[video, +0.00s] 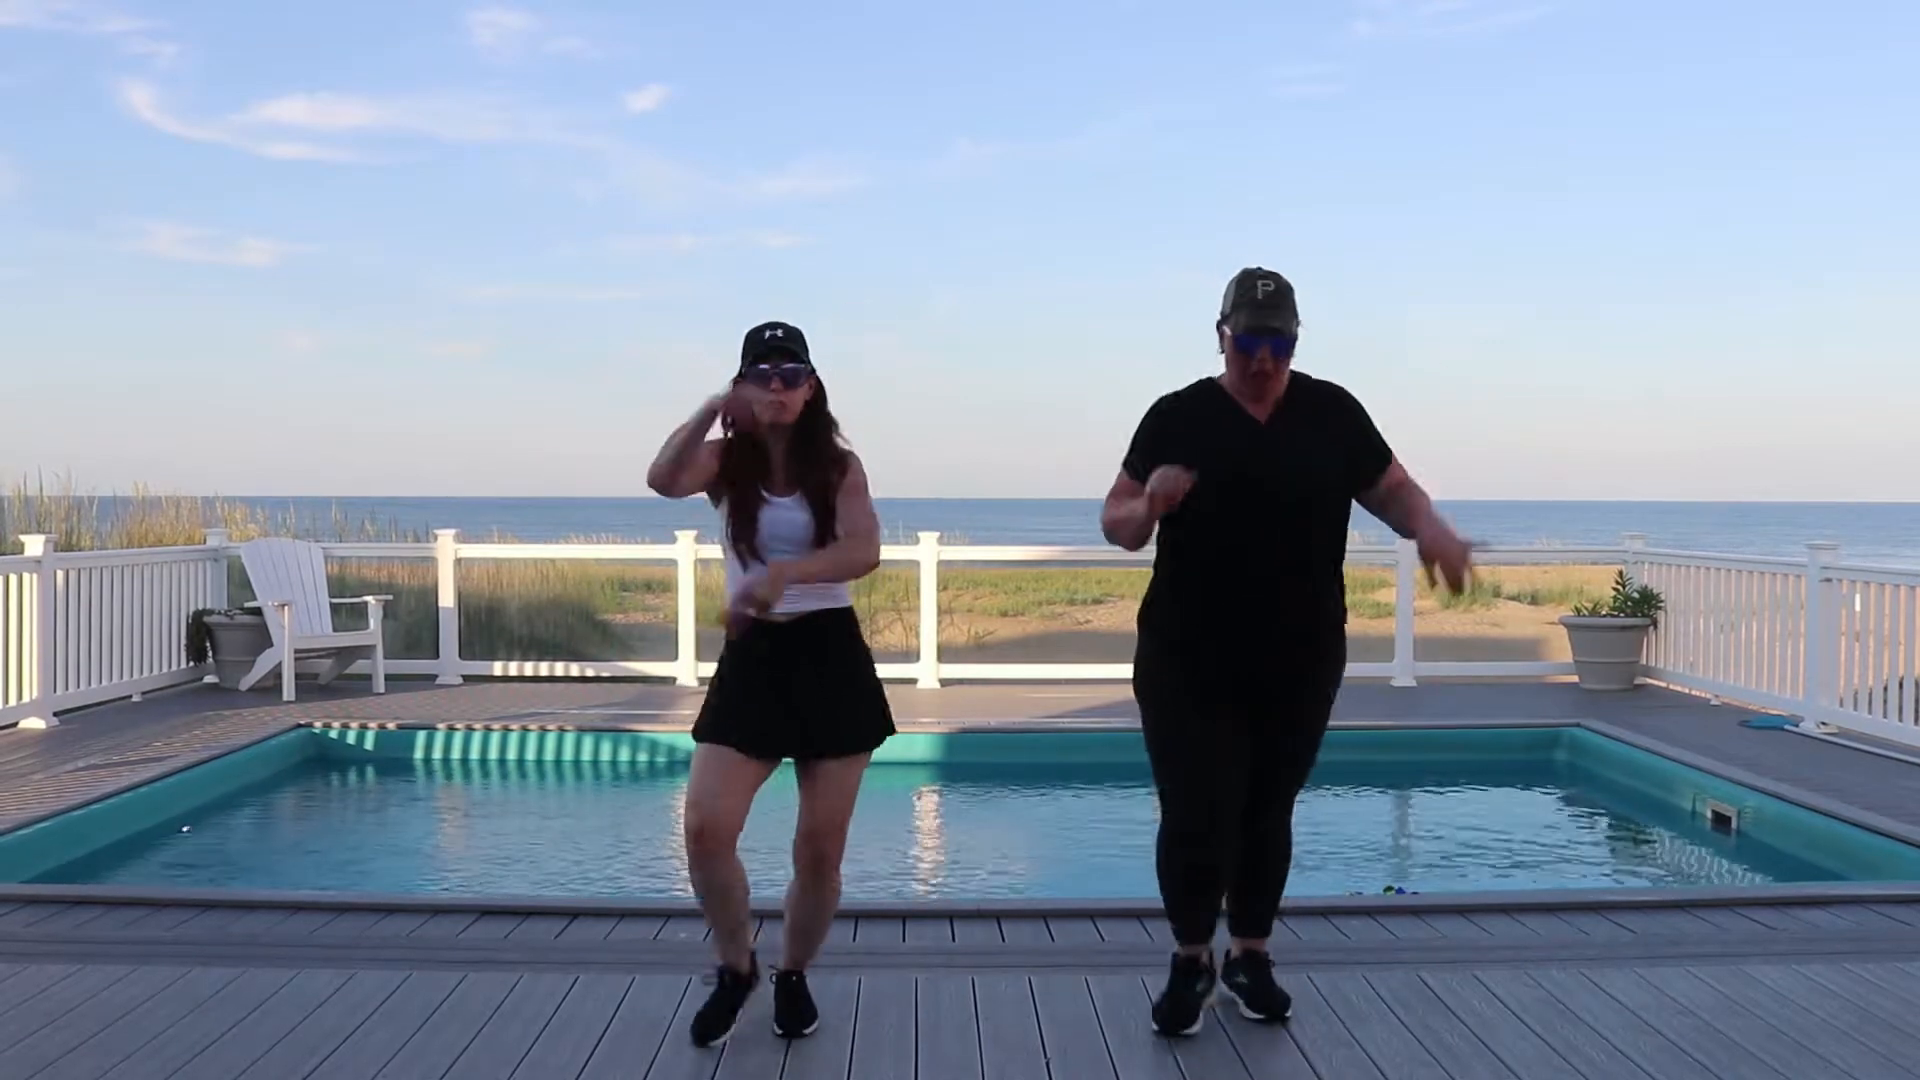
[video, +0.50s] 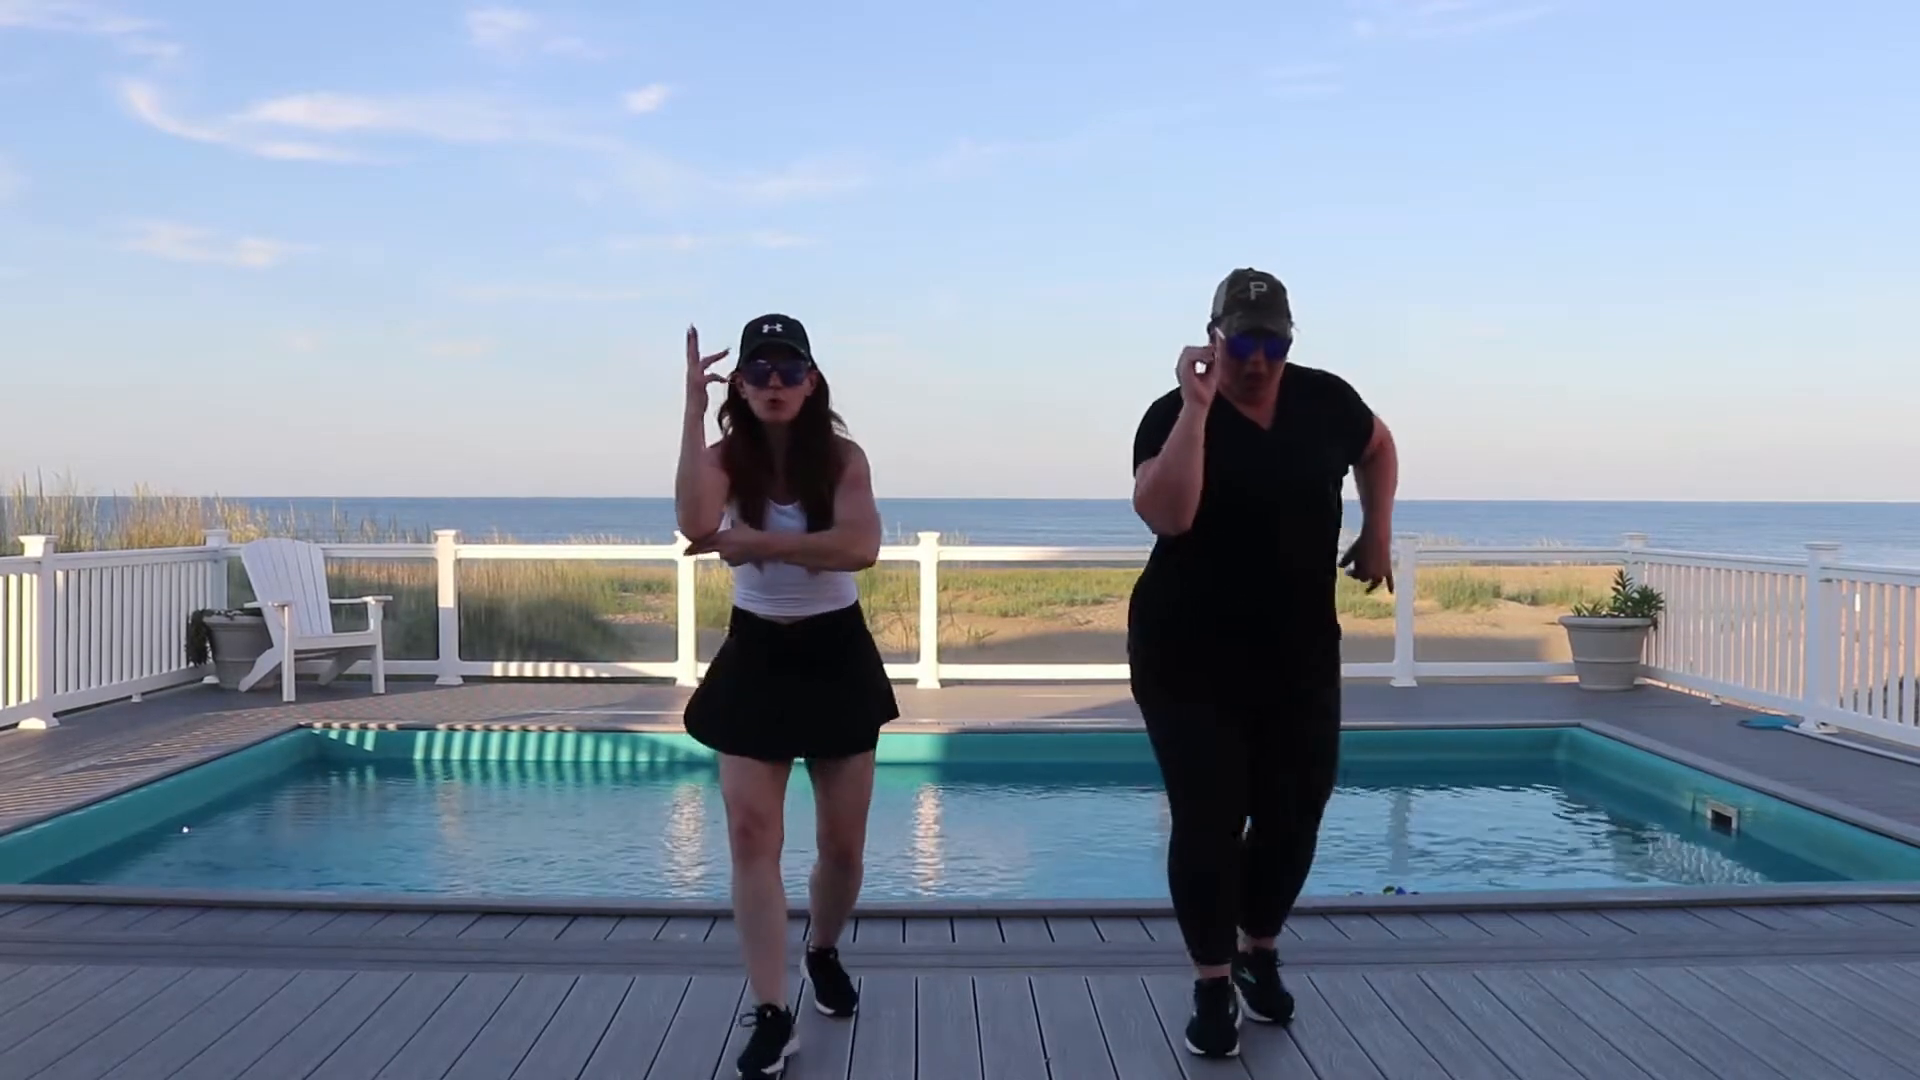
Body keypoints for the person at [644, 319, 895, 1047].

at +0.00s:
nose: (781, 390)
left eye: (794, 377)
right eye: (765, 377)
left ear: (813, 386)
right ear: (743, 388)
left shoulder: (836, 461)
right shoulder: (728, 457)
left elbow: (863, 552)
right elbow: (666, 479)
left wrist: (783, 570)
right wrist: (714, 407)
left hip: (832, 657)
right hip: (753, 658)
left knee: (820, 850)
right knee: (705, 829)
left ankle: (793, 974)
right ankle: (737, 969)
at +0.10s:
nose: (773, 380)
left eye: (788, 367)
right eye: (760, 368)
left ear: (810, 377)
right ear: (741, 379)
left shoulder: (836, 451)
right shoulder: (729, 448)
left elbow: (855, 538)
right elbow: (686, 478)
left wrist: (760, 536)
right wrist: (705, 367)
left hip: (835, 649)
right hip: (755, 649)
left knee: (823, 836)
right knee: (724, 826)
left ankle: (794, 975)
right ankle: (736, 1000)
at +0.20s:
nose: (772, 371)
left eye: (787, 358)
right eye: (758, 359)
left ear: (810, 365)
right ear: (738, 366)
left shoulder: (834, 435)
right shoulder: (724, 434)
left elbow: (861, 523)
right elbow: (694, 490)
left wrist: (761, 515)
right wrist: (699, 378)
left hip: (834, 641)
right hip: (754, 642)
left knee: (827, 835)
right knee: (742, 824)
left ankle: (796, 970)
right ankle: (753, 1001)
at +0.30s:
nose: (772, 379)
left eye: (786, 366)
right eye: (757, 366)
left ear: (810, 375)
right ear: (737, 377)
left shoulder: (835, 447)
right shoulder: (724, 444)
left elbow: (863, 541)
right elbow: (704, 510)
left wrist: (770, 536)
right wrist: (704, 398)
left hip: (832, 648)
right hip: (749, 651)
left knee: (854, 843)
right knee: (753, 838)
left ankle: (807, 955)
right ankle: (776, 1014)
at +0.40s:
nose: (771, 392)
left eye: (786, 377)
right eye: (757, 378)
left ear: (809, 385)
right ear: (737, 389)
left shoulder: (838, 460)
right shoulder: (723, 458)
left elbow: (864, 557)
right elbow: (705, 534)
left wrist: (774, 554)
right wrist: (703, 418)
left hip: (834, 657)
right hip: (749, 660)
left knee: (856, 850)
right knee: (745, 841)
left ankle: (816, 935)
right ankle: (774, 1014)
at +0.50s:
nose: (775, 383)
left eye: (789, 369)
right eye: (760, 370)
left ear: (812, 378)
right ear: (739, 383)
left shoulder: (840, 454)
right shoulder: (724, 454)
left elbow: (862, 545)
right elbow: (697, 524)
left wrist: (763, 546)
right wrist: (694, 411)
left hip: (840, 654)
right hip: (756, 655)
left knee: (843, 849)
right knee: (750, 835)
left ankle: (823, 950)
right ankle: (771, 1010)